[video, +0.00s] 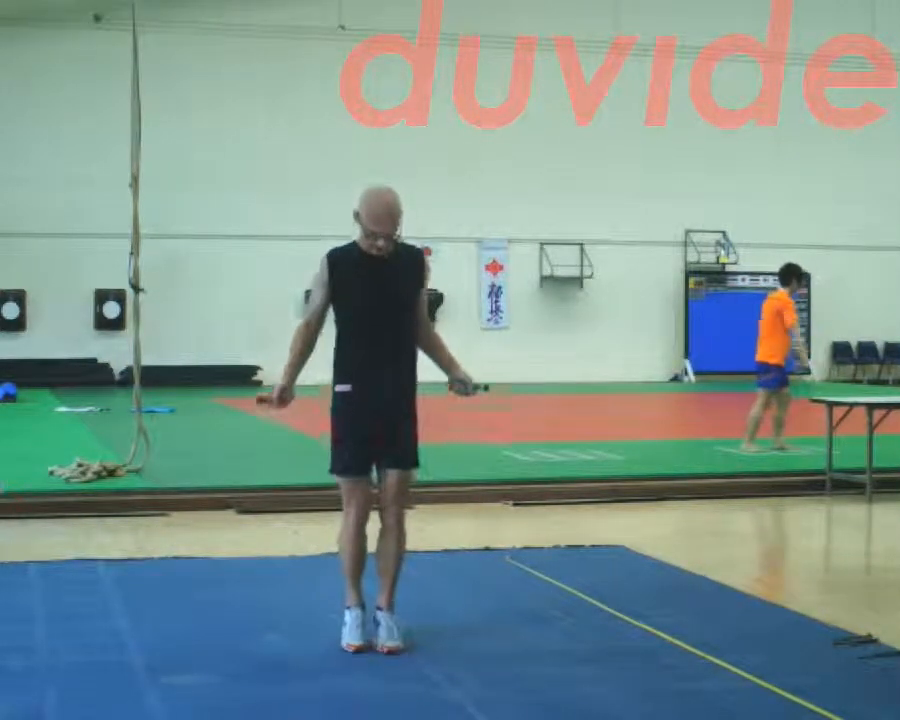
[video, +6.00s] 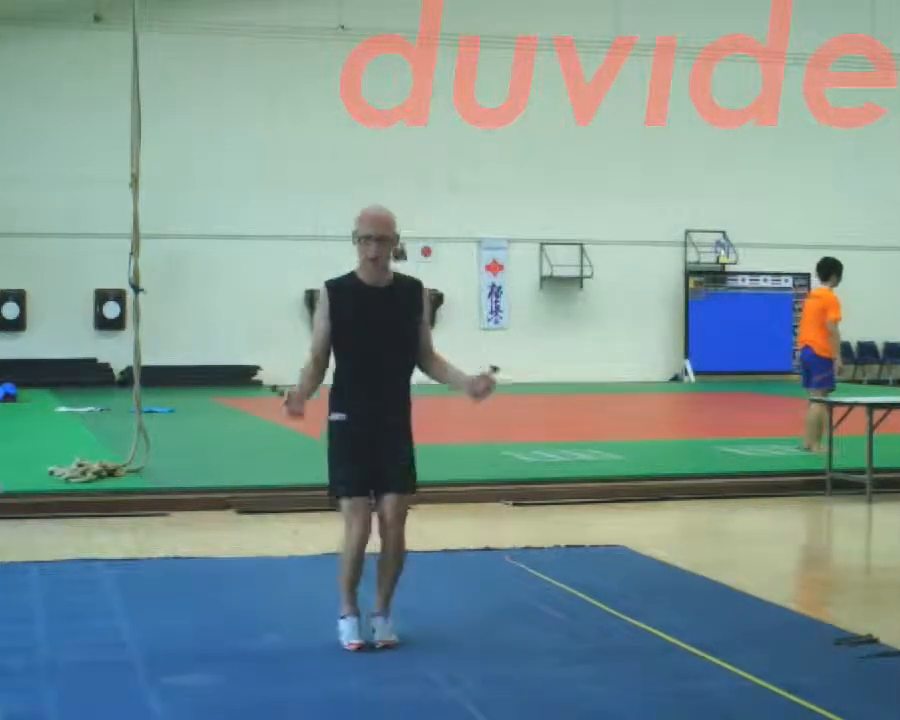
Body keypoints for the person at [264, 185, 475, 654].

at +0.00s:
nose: (382, 244)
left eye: (390, 235)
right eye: (374, 236)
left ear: (401, 223)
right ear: (358, 221)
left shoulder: (414, 262)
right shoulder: (335, 264)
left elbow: (421, 328)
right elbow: (310, 325)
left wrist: (454, 371)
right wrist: (287, 380)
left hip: (399, 396)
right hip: (353, 397)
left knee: (394, 505)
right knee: (357, 506)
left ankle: (385, 611)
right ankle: (353, 609)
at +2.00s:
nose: (371, 267)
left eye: (379, 257)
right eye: (362, 257)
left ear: (391, 251)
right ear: (347, 251)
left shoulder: (410, 296)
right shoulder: (323, 300)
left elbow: (420, 354)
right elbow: (306, 357)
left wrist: (454, 394)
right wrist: (291, 403)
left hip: (392, 424)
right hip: (345, 425)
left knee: (389, 525)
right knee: (354, 529)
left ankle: (373, 623)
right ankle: (348, 624)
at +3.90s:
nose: (377, 238)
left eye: (385, 229)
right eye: (369, 229)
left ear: (397, 221)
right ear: (355, 219)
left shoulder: (414, 260)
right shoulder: (332, 263)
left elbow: (429, 328)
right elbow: (309, 327)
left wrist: (452, 384)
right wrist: (284, 385)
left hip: (396, 391)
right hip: (350, 393)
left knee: (395, 497)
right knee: (354, 499)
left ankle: (386, 603)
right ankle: (353, 605)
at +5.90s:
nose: (375, 208)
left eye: (384, 200)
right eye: (367, 199)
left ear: (397, 201)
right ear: (355, 201)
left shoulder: (417, 250)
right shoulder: (333, 253)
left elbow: (432, 313)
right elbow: (313, 316)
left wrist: (465, 360)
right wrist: (290, 369)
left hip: (395, 370)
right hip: (348, 370)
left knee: (396, 458)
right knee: (360, 460)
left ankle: (388, 570)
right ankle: (356, 573)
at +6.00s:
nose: (374, 249)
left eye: (382, 240)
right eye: (366, 240)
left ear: (396, 243)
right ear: (355, 242)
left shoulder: (415, 294)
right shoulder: (333, 294)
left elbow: (427, 358)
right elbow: (318, 358)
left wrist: (466, 382)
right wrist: (302, 391)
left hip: (395, 417)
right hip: (348, 417)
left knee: (393, 520)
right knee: (359, 521)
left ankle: (382, 615)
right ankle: (348, 614)